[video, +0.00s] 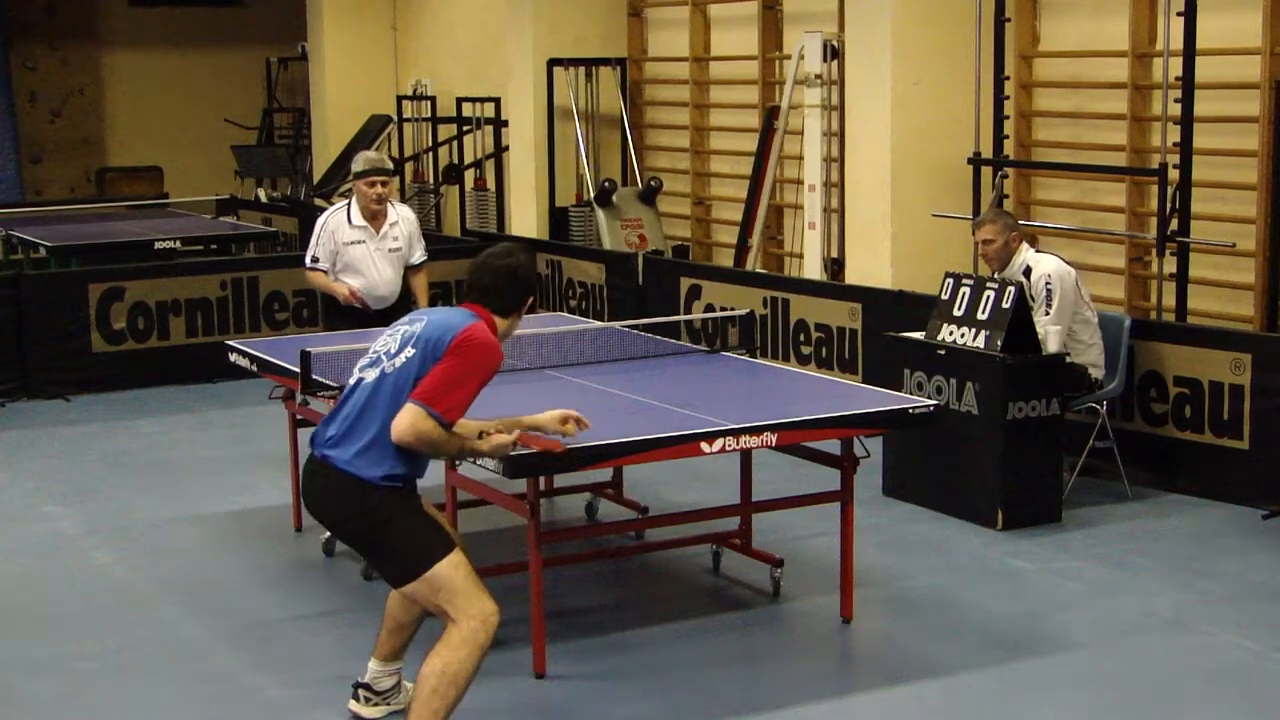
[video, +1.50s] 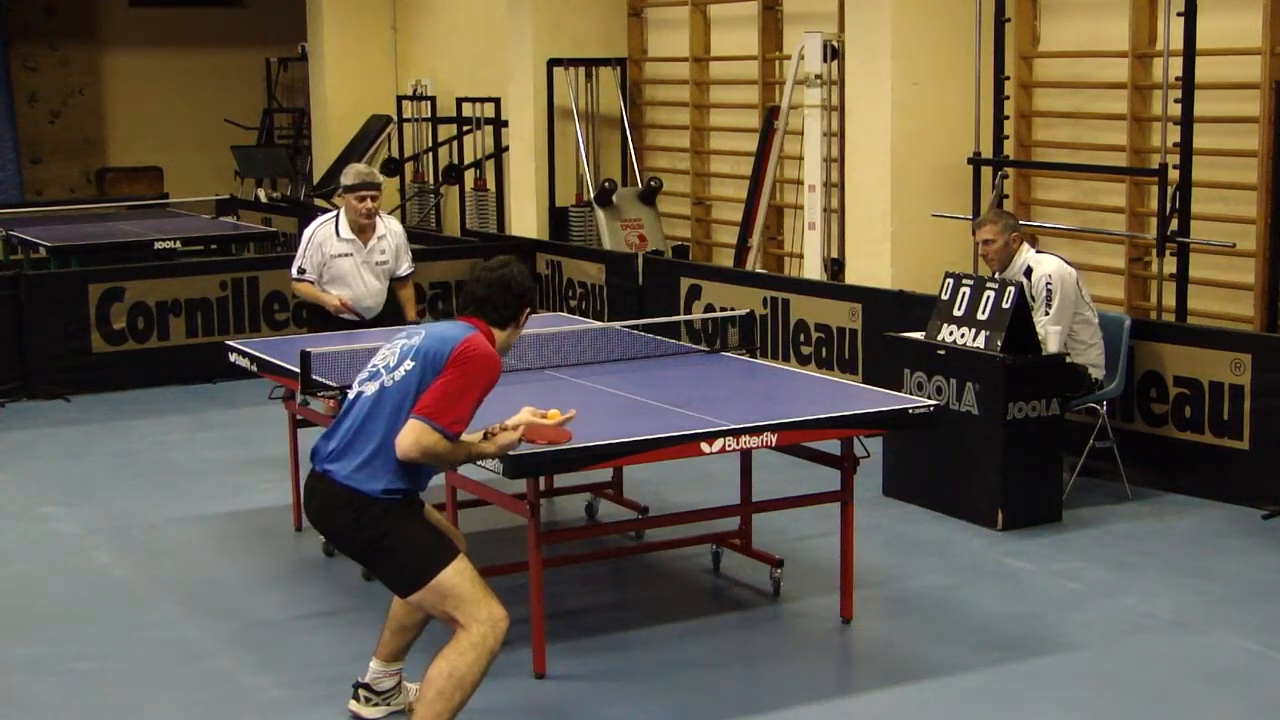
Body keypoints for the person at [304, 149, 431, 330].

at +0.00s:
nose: (379, 192)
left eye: (385, 184)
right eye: (371, 185)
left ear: (392, 185)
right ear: (354, 186)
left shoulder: (406, 217)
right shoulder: (331, 222)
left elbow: (417, 269)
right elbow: (313, 272)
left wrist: (424, 311)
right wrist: (336, 289)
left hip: (395, 312)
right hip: (348, 315)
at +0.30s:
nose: (376, 195)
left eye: (381, 187)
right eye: (367, 188)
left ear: (388, 188)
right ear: (350, 188)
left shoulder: (400, 221)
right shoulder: (327, 224)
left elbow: (411, 274)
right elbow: (306, 274)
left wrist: (421, 317)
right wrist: (332, 292)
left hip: (386, 316)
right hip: (341, 318)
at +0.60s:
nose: (373, 199)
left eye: (378, 192)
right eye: (365, 192)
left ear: (384, 193)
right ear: (347, 193)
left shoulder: (396, 225)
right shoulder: (323, 228)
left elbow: (405, 277)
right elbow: (303, 280)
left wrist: (414, 319)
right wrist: (330, 296)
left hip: (381, 319)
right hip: (335, 322)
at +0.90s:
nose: (372, 200)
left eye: (377, 193)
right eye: (364, 193)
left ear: (383, 193)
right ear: (346, 194)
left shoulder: (395, 225)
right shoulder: (322, 229)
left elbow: (404, 278)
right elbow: (302, 280)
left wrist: (414, 321)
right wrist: (331, 297)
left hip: (380, 320)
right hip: (334, 322)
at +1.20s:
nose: (371, 201)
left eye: (376, 194)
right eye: (363, 194)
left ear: (383, 194)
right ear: (345, 194)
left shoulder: (395, 226)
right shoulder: (322, 229)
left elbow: (405, 278)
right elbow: (301, 280)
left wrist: (414, 320)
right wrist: (329, 298)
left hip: (381, 319)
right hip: (334, 321)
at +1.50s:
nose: (369, 206)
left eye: (374, 199)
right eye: (361, 199)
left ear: (380, 198)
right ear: (343, 198)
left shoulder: (393, 230)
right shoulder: (318, 233)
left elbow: (403, 281)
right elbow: (299, 283)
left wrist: (412, 322)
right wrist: (326, 300)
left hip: (379, 321)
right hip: (331, 324)